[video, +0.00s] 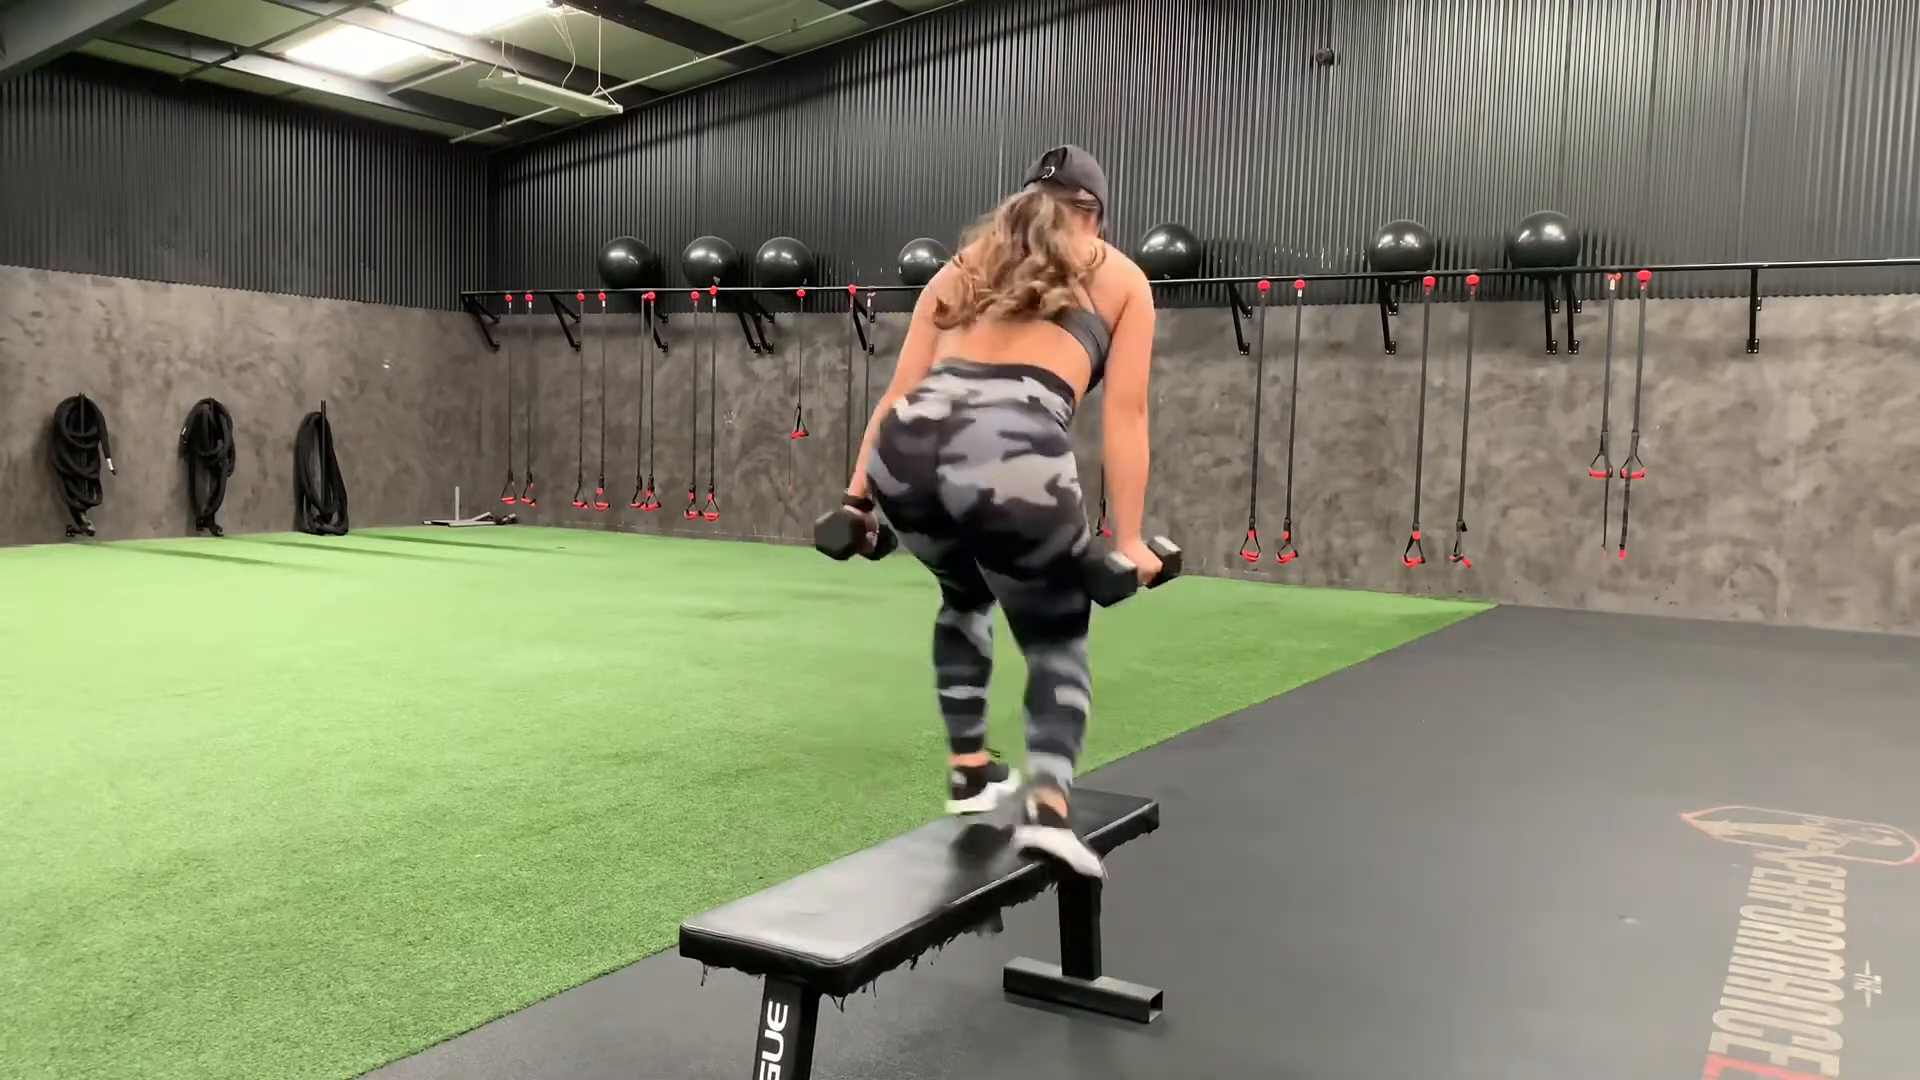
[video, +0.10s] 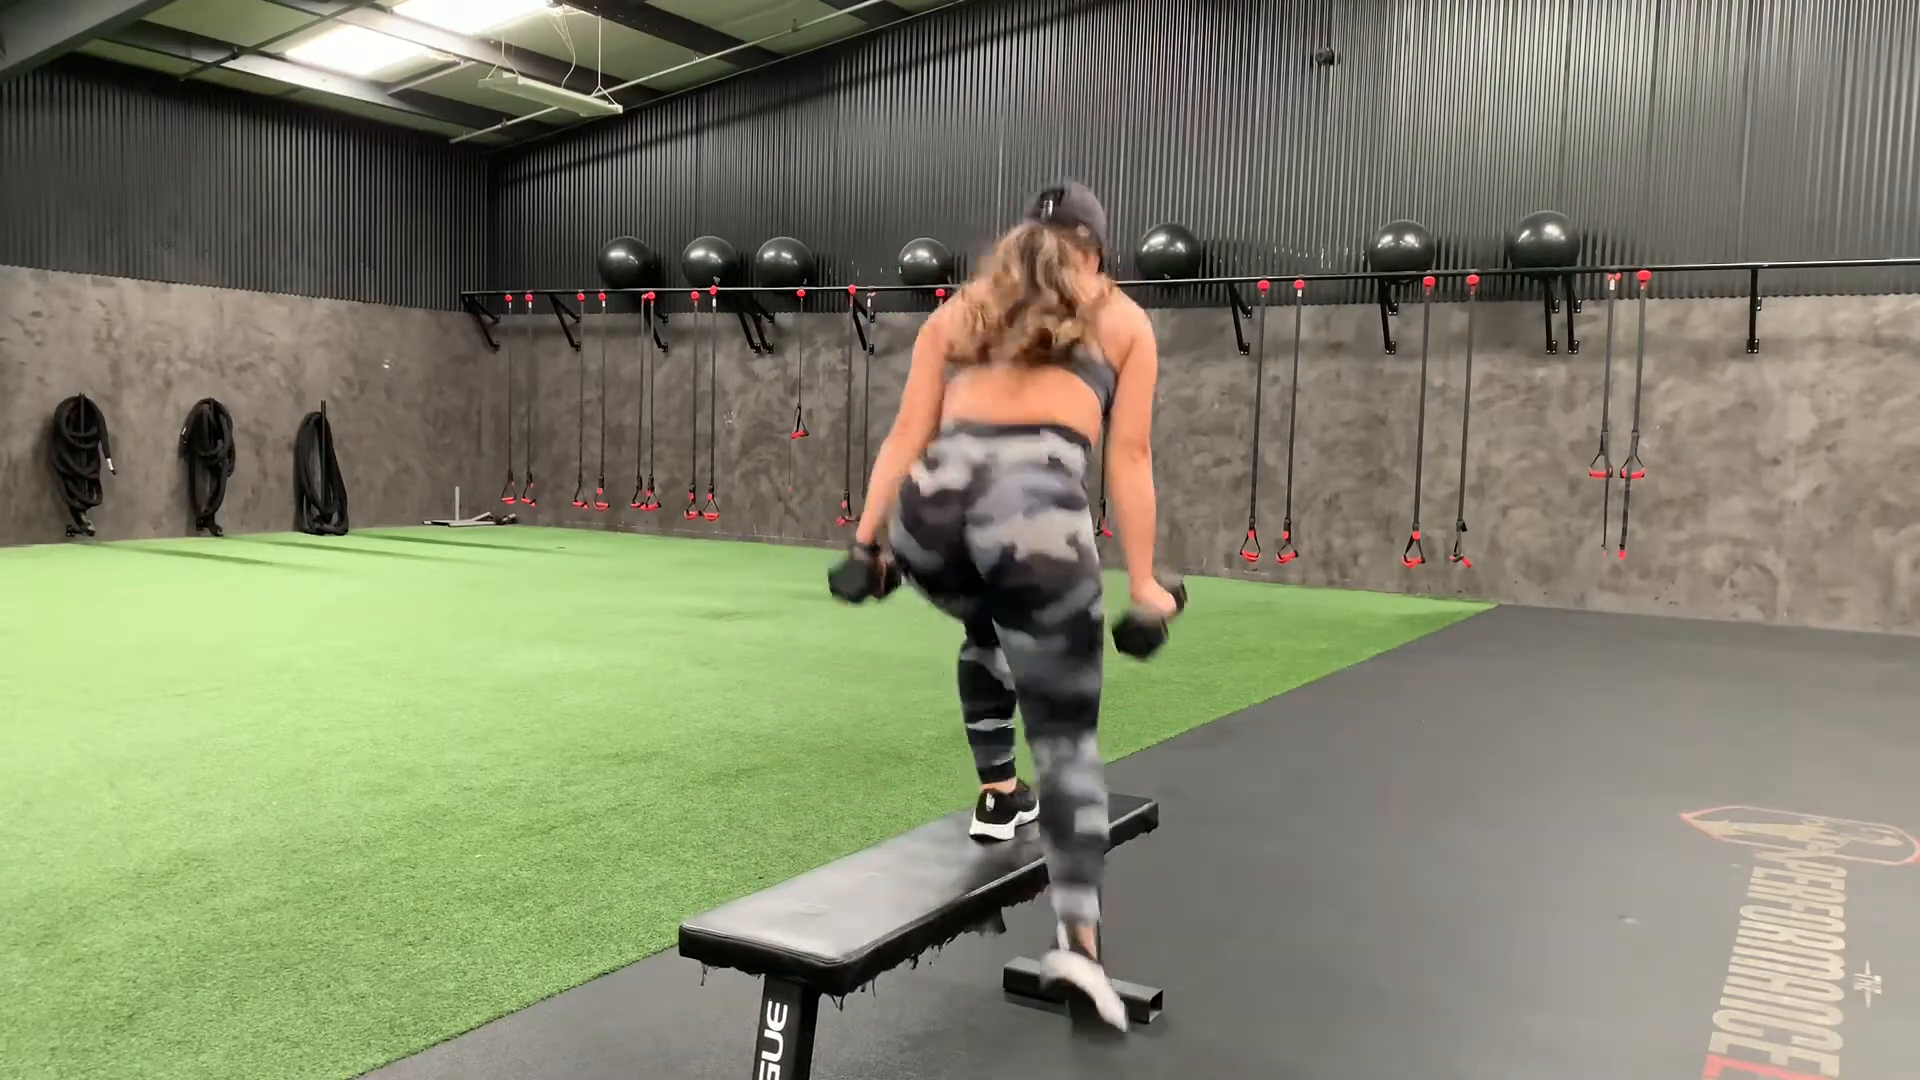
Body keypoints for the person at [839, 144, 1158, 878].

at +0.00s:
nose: (1098, 227)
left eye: (1095, 217)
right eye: (1098, 217)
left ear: (1022, 206)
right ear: (1093, 213)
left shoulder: (961, 266)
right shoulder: (1121, 277)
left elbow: (902, 390)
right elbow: (1126, 415)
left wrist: (858, 492)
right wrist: (1129, 538)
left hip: (907, 452)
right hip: (1014, 456)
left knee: (963, 594)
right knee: (1055, 635)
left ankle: (968, 773)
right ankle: (1049, 803)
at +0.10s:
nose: (1105, 263)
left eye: (1095, 248)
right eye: (1103, 251)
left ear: (1011, 251)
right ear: (1094, 253)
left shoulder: (954, 314)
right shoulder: (1124, 320)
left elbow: (910, 432)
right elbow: (1128, 454)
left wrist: (866, 538)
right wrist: (1144, 583)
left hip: (931, 506)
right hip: (1043, 507)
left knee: (984, 626)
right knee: (1065, 739)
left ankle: (997, 794)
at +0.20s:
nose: (1106, 341)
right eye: (1104, 327)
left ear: (1014, 327)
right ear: (1098, 330)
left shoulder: (959, 402)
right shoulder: (1127, 410)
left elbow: (912, 526)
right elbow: (1143, 548)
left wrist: (871, 634)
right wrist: (1165, 670)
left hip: (956, 618)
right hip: (1061, 623)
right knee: (1073, 849)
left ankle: (998, 785)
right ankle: (1089, 1057)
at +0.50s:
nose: (1099, 316)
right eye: (1099, 304)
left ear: (1015, 297)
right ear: (1088, 307)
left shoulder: (955, 371)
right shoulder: (1112, 378)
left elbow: (916, 499)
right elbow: (1133, 510)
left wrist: (890, 604)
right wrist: (1155, 626)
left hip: (944, 567)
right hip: (1049, 575)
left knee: (983, 629)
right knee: (1074, 797)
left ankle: (1006, 779)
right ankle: (1101, 1009)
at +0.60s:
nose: (1101, 261)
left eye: (1092, 251)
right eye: (1101, 251)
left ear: (1025, 236)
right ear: (1093, 246)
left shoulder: (959, 301)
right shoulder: (1111, 314)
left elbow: (911, 424)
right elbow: (1119, 441)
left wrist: (888, 527)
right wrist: (1132, 562)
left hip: (924, 483)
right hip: (1022, 486)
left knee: (983, 619)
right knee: (1072, 685)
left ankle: (999, 786)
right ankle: (1075, 866)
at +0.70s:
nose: (1094, 229)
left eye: (1094, 220)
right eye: (1096, 218)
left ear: (1025, 203)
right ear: (1087, 211)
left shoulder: (959, 259)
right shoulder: (1106, 273)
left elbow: (911, 376)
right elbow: (1108, 403)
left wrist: (874, 496)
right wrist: (1113, 524)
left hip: (894, 429)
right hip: (998, 429)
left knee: (950, 592)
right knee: (1056, 602)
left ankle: (956, 769)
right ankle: (1025, 778)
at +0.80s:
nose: (1094, 233)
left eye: (1092, 221)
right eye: (1094, 221)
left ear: (1020, 205)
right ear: (1084, 214)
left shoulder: (955, 255)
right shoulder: (1095, 274)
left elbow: (906, 372)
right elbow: (1090, 404)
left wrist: (862, 492)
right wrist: (1092, 527)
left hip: (879, 432)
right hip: (982, 439)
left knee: (925, 599)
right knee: (1038, 600)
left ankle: (860, 779)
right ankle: (990, 779)